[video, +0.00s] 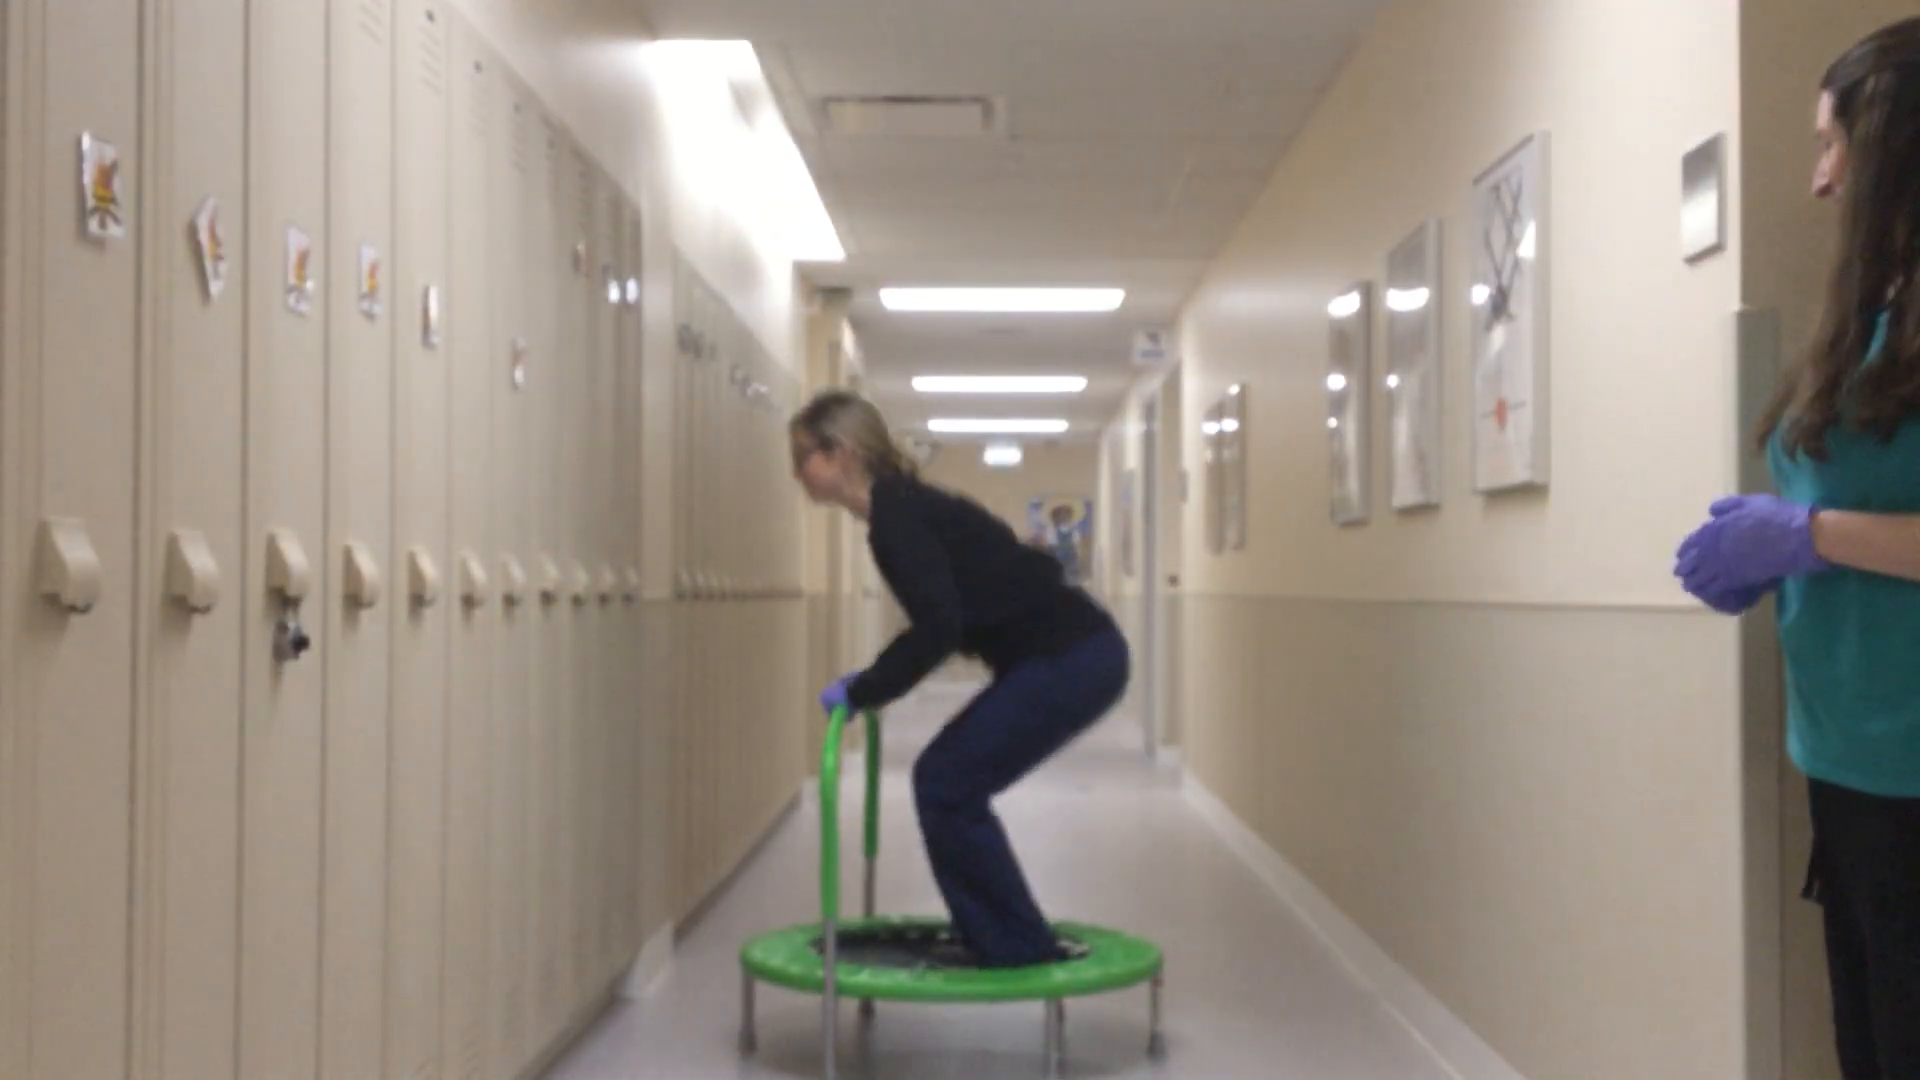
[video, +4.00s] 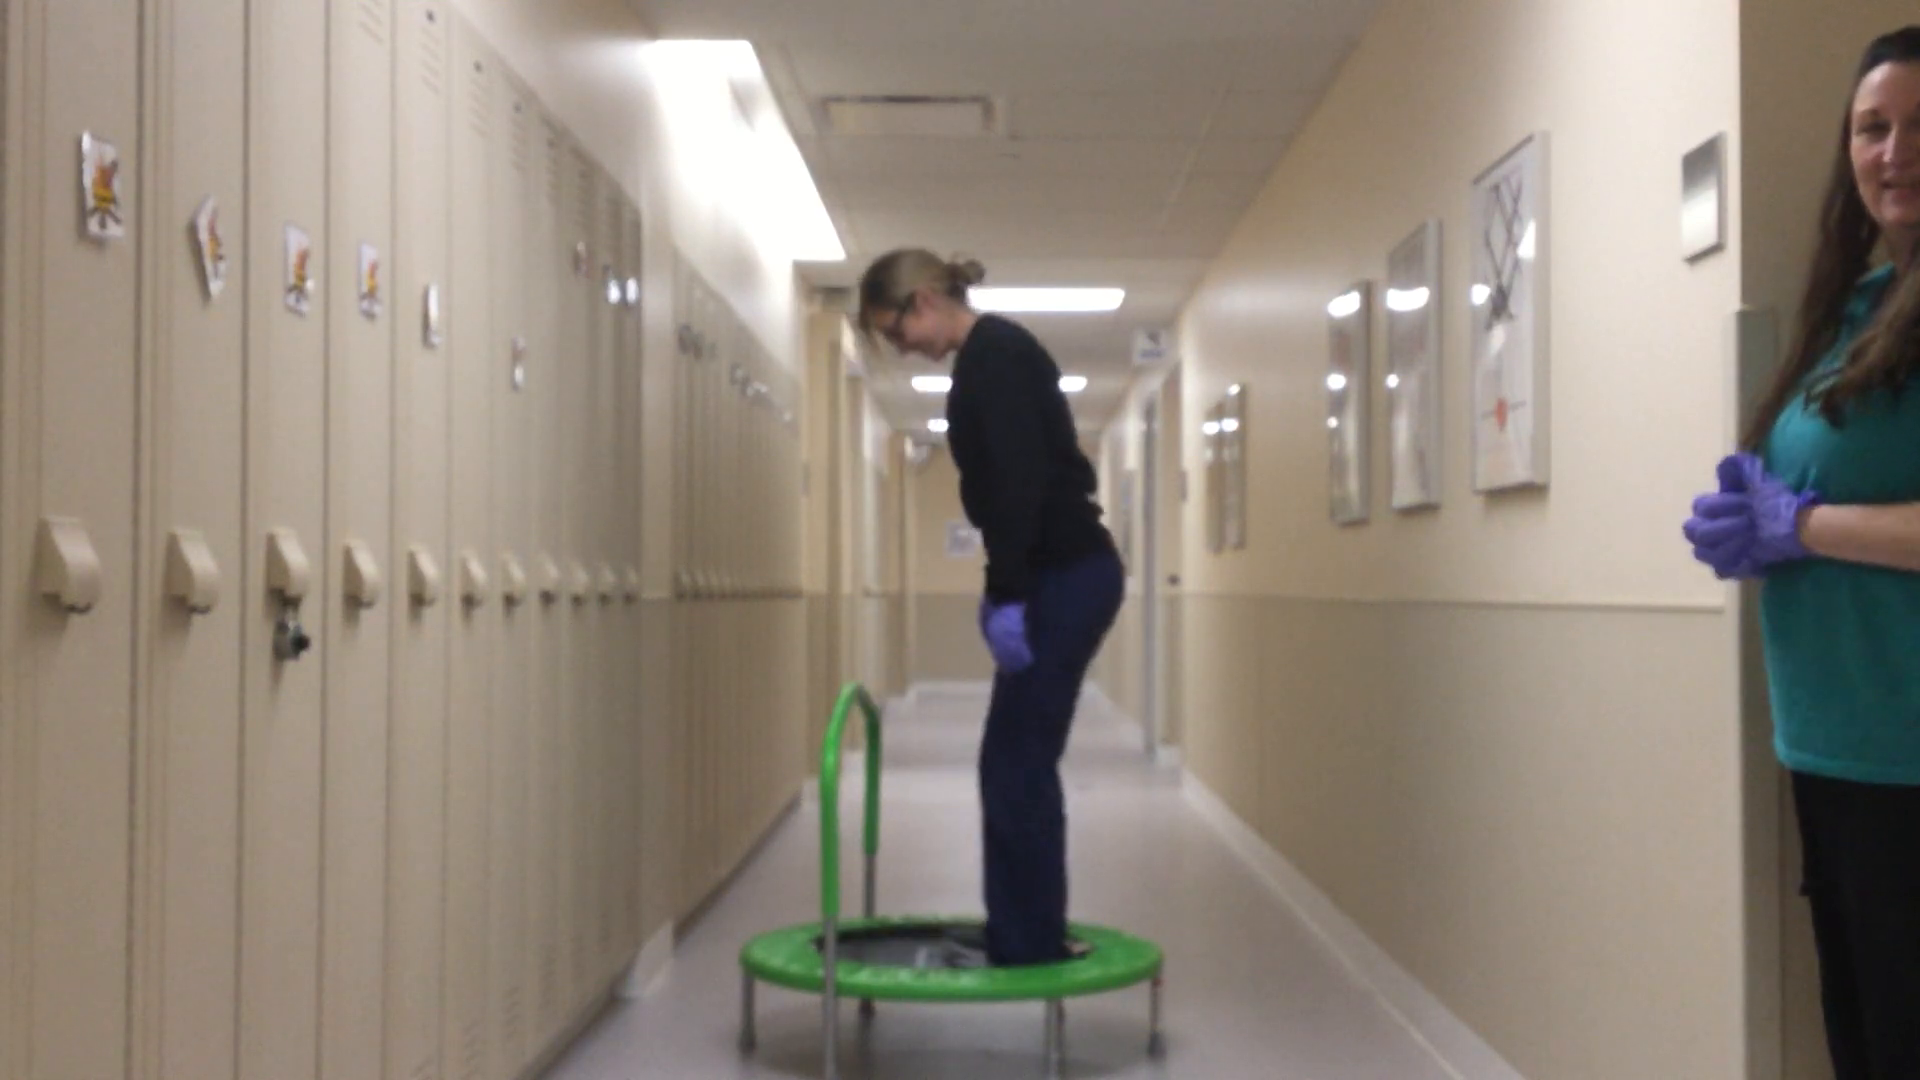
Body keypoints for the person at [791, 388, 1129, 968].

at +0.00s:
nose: (797, 473)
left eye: (802, 457)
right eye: (796, 459)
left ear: (838, 455)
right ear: (841, 456)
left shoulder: (899, 512)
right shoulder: (896, 511)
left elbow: (941, 626)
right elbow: (938, 624)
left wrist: (863, 690)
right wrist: (865, 684)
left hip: (1075, 659)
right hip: (1066, 656)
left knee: (947, 778)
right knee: (943, 775)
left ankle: (1013, 942)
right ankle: (993, 933)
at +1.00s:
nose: (750, 417)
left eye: (753, 400)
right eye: (747, 403)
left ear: (788, 394)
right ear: (798, 393)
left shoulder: (851, 443)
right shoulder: (862, 438)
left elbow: (873, 569)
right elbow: (894, 573)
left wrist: (854, 682)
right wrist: (861, 679)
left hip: (1061, 539)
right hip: (1060, 537)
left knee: (1014, 723)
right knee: (1012, 721)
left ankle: (1014, 919)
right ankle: (1011, 916)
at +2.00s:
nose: (787, 391)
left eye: (790, 375)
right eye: (785, 377)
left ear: (824, 370)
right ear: (834, 369)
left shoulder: (886, 421)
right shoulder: (887, 417)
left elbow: (885, 549)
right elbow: (892, 550)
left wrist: (863, 666)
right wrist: (866, 666)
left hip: (1090, 515)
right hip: (1088, 513)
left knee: (989, 673)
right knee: (990, 674)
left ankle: (977, 860)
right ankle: (975, 858)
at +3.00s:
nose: (816, 394)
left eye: (812, 377)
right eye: (806, 385)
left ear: (840, 353)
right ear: (843, 356)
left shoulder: (905, 403)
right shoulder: (901, 404)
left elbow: (905, 535)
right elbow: (905, 536)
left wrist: (880, 653)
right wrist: (884, 652)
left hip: (1102, 510)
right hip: (1093, 511)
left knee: (1011, 670)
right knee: (1007, 669)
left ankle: (995, 859)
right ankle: (990, 856)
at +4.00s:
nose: (904, 347)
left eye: (899, 331)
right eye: (894, 338)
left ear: (927, 301)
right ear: (926, 306)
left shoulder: (995, 354)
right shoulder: (989, 355)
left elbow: (1017, 478)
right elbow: (1009, 481)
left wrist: (1007, 593)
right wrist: (1001, 589)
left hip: (1064, 579)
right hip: (1057, 577)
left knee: (1015, 759)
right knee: (1017, 758)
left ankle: (1024, 941)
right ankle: (1027, 935)